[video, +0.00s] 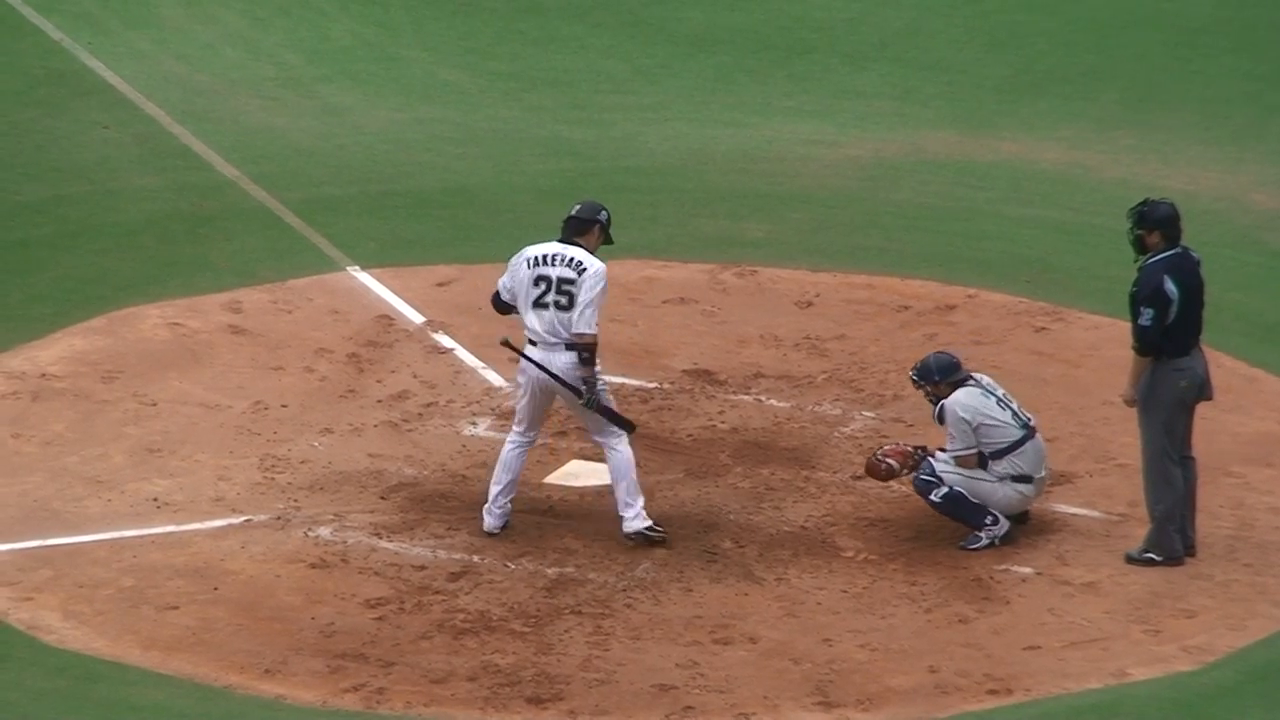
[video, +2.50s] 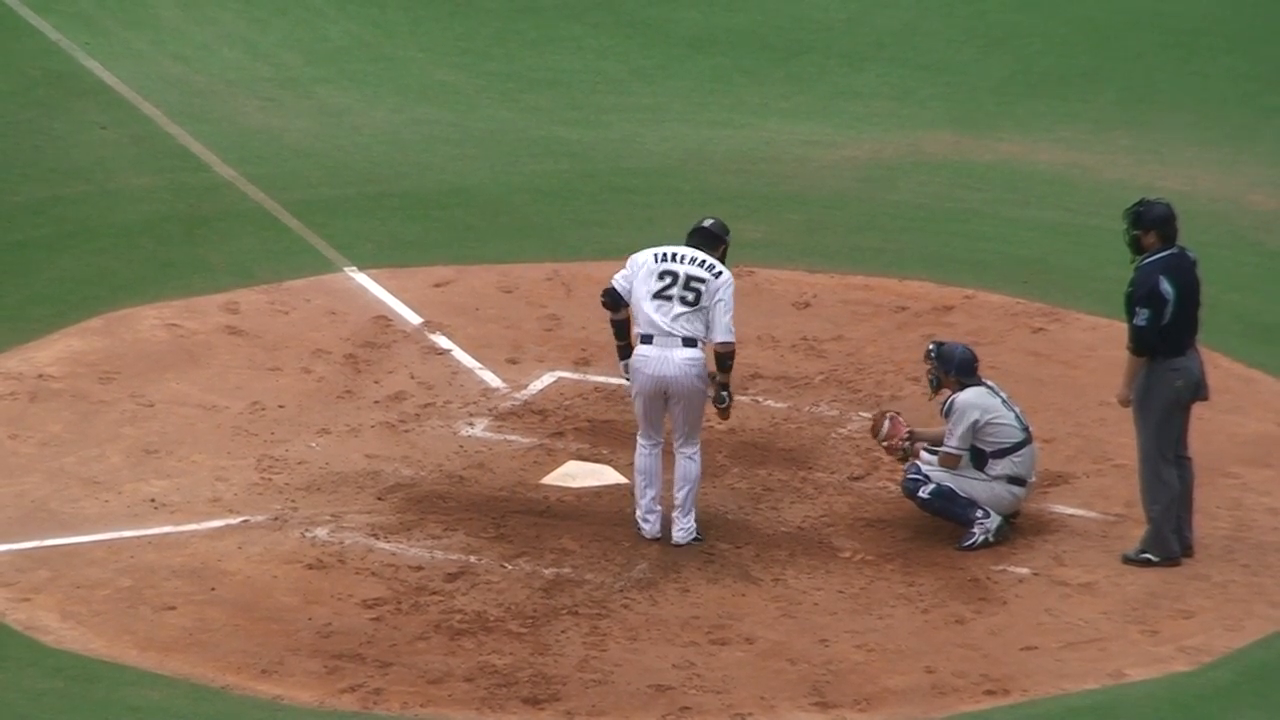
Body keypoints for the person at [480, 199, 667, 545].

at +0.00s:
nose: (599, 244)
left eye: (602, 238)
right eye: (601, 237)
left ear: (568, 226)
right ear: (593, 231)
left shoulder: (528, 255)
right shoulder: (591, 268)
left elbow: (501, 303)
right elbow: (585, 332)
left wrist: (541, 303)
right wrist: (591, 383)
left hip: (533, 360)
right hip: (572, 365)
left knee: (521, 435)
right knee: (614, 438)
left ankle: (494, 516)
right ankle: (635, 520)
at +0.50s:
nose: (669, 245)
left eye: (670, 239)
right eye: (668, 238)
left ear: (635, 233)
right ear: (660, 237)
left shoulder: (596, 260)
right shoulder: (664, 270)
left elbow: (570, 311)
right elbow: (680, 327)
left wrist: (562, 363)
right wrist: (715, 362)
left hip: (601, 366)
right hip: (641, 367)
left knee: (634, 435)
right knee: (651, 448)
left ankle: (652, 510)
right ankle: (640, 532)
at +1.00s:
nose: (668, 246)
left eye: (667, 241)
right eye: (667, 241)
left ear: (632, 240)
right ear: (662, 241)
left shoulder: (603, 270)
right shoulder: (673, 264)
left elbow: (586, 329)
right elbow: (687, 323)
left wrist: (590, 374)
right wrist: (706, 364)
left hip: (627, 369)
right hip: (669, 366)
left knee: (636, 442)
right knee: (683, 443)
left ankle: (648, 522)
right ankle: (680, 526)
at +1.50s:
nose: (663, 244)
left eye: (661, 240)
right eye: (662, 239)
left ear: (627, 241)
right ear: (657, 239)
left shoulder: (605, 274)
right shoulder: (675, 260)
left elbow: (589, 335)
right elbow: (699, 321)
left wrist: (591, 383)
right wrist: (712, 364)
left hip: (637, 365)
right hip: (681, 361)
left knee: (640, 441)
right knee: (690, 437)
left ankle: (648, 522)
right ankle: (685, 521)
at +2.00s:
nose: (688, 248)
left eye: (687, 244)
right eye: (688, 243)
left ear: (651, 240)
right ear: (682, 242)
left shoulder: (621, 267)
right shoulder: (694, 267)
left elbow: (601, 325)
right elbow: (710, 332)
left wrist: (606, 373)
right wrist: (714, 373)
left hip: (638, 364)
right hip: (682, 363)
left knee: (644, 441)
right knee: (688, 443)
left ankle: (648, 522)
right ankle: (682, 526)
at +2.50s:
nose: (725, 254)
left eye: (725, 249)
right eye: (725, 249)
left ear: (689, 239)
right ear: (718, 248)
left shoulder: (646, 257)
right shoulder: (720, 276)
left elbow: (613, 298)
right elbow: (723, 345)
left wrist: (625, 353)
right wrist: (723, 387)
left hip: (646, 357)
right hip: (688, 362)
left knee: (648, 439)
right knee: (687, 444)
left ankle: (649, 521)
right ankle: (683, 527)